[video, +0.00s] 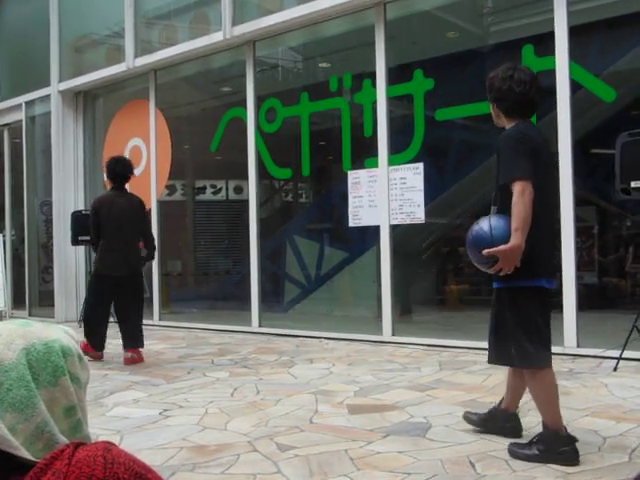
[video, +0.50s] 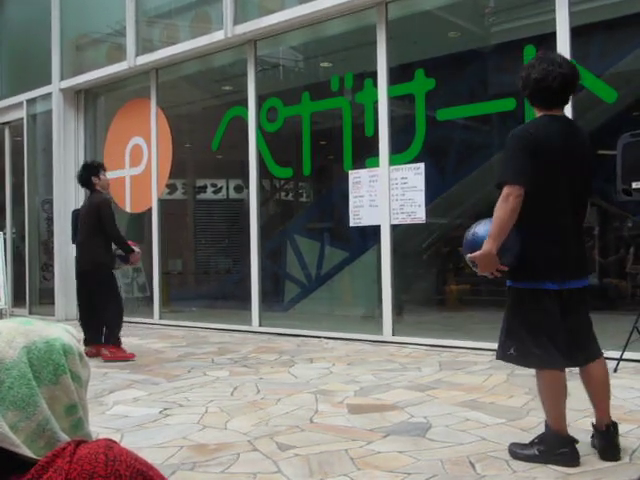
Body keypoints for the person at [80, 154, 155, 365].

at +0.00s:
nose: (104, 176)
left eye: (106, 173)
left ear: (108, 176)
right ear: (129, 177)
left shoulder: (99, 203)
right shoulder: (137, 203)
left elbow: (95, 236)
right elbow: (147, 234)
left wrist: (102, 252)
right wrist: (148, 254)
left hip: (106, 266)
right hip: (131, 265)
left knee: (96, 306)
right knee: (130, 307)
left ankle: (94, 347)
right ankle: (132, 349)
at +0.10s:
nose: (124, 178)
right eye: (123, 175)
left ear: (103, 179)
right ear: (124, 178)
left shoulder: (97, 205)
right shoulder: (133, 204)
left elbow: (93, 237)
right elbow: (143, 238)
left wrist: (105, 247)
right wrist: (132, 252)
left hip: (103, 264)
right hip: (128, 265)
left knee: (96, 303)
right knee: (129, 306)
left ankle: (89, 343)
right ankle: (131, 349)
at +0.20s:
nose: (120, 179)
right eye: (119, 176)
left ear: (99, 180)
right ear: (119, 178)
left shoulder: (94, 205)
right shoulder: (129, 204)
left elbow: (88, 232)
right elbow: (138, 236)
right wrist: (131, 248)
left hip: (100, 265)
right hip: (125, 266)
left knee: (92, 303)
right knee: (128, 305)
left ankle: (88, 344)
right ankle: (130, 348)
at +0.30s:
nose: (117, 179)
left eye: (115, 175)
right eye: (115, 176)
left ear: (96, 181)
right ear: (111, 179)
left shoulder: (90, 204)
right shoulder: (119, 204)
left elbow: (92, 233)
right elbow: (131, 231)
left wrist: (123, 248)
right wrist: (135, 247)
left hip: (94, 266)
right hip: (117, 265)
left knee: (90, 304)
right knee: (126, 304)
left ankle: (90, 343)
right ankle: (129, 346)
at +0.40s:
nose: (112, 179)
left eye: (111, 175)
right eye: (109, 176)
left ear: (93, 182)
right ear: (103, 180)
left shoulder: (87, 205)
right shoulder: (110, 202)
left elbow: (88, 238)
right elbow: (120, 230)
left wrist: (116, 250)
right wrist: (134, 249)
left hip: (88, 265)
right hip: (107, 264)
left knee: (92, 305)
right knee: (121, 304)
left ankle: (92, 343)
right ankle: (126, 344)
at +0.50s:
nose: (108, 179)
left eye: (106, 175)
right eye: (104, 175)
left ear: (91, 182)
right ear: (95, 180)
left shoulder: (87, 204)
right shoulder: (103, 201)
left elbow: (95, 238)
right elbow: (112, 231)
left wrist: (123, 248)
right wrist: (129, 251)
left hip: (84, 263)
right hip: (99, 263)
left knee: (91, 303)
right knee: (114, 303)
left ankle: (93, 344)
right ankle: (113, 345)